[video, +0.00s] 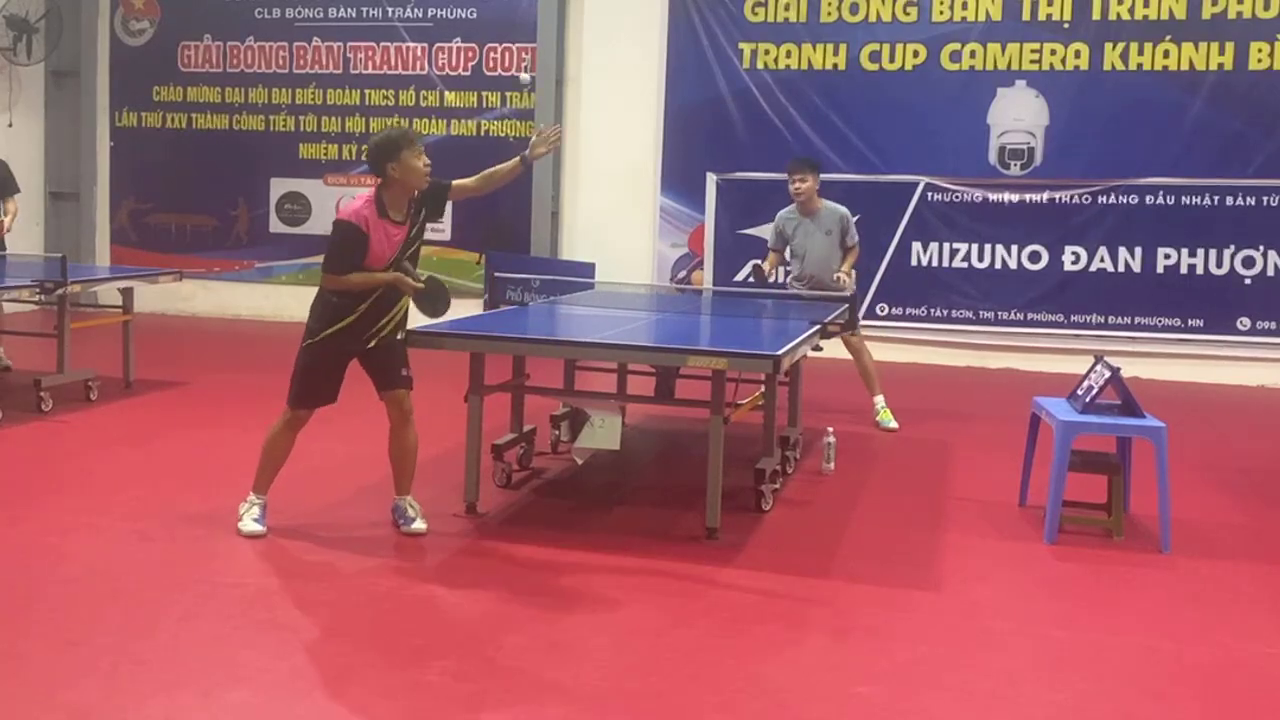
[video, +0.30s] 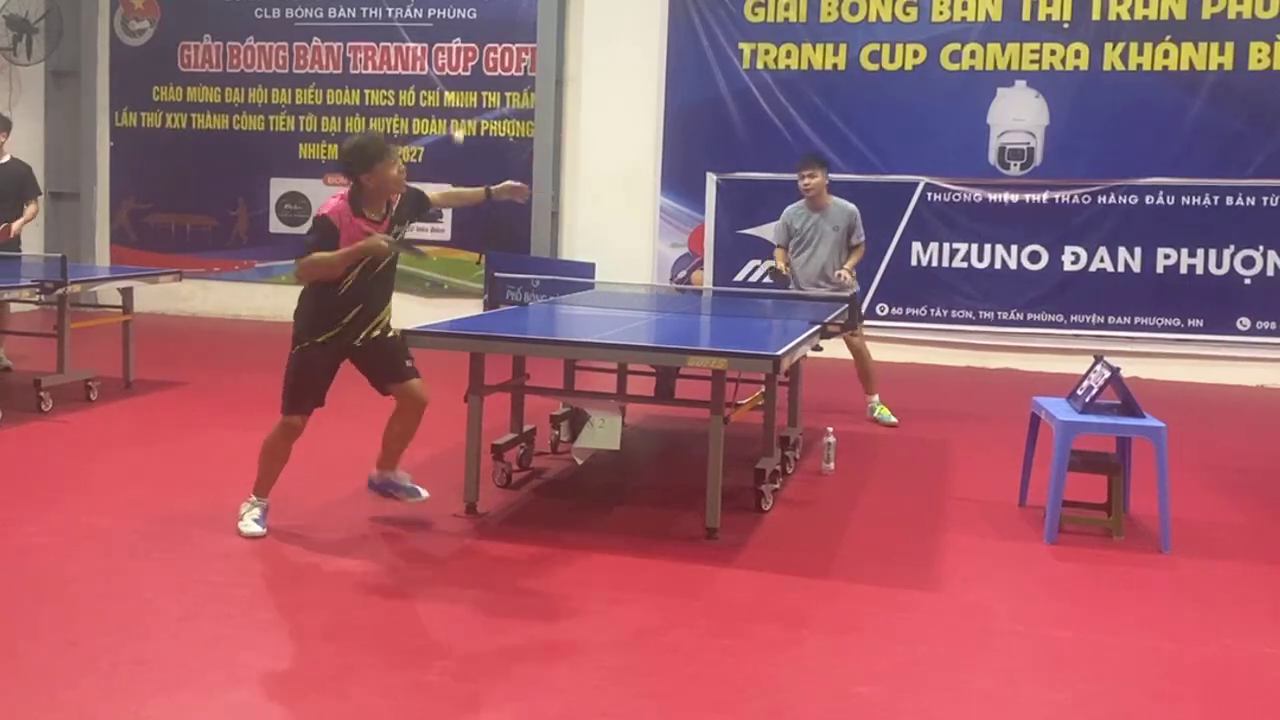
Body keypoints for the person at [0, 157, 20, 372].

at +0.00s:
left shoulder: (2, 168)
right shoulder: (3, 169)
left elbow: (10, 201)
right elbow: (10, 202)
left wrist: (8, 219)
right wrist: (8, 219)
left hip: (0, 248)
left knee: (1, 301)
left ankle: (1, 350)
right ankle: (1, 351)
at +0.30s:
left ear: (5, 136)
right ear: (2, 136)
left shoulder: (20, 169)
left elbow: (33, 205)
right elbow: (33, 204)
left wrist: (18, 223)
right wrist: (16, 223)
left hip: (7, 247)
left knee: (3, 299)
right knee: (3, 301)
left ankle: (1, 349)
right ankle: (1, 350)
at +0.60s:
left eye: (1, 132)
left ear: (12, 136)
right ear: (5, 135)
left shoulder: (26, 170)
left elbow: (34, 206)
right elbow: (33, 206)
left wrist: (11, 218)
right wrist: (11, 218)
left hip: (10, 247)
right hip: (3, 246)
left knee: (5, 300)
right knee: (3, 300)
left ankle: (2, 348)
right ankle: (2, 347)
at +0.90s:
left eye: (2, 132)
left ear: (13, 137)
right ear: (6, 136)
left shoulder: (28, 170)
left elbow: (36, 205)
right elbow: (36, 205)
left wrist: (14, 222)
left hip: (13, 247)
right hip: (2, 246)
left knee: (6, 299)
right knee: (4, 299)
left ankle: (6, 345)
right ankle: (8, 342)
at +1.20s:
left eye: (0, 134)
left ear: (10, 137)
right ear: (6, 137)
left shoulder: (28, 169)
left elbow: (39, 204)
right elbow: (39, 204)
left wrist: (18, 223)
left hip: (18, 249)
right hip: (2, 248)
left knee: (10, 301)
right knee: (5, 301)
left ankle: (10, 345)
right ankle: (8, 344)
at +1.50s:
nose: (0, 138)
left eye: (5, 133)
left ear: (19, 137)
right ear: (3, 137)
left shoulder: (35, 169)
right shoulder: (3, 168)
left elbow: (45, 204)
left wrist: (19, 222)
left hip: (28, 247)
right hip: (4, 247)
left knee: (34, 297)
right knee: (5, 299)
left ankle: (50, 344)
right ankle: (11, 345)